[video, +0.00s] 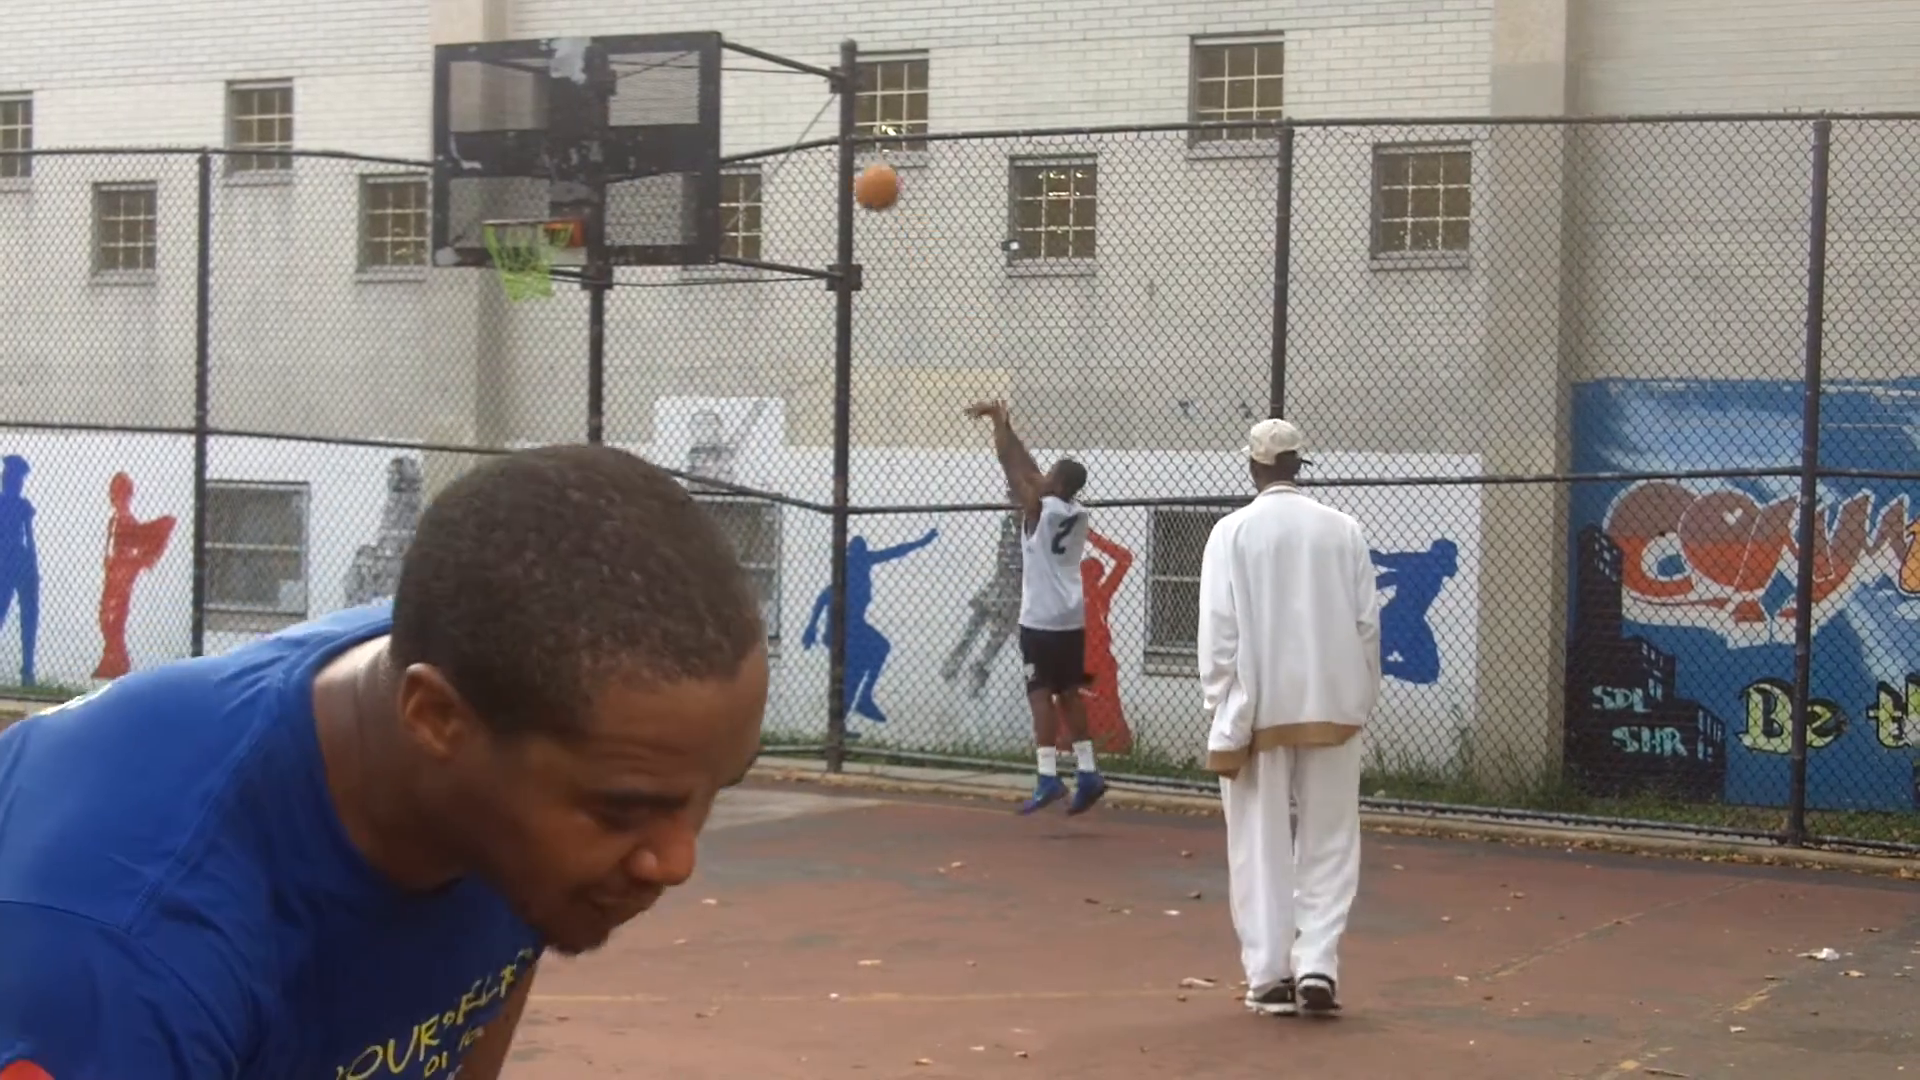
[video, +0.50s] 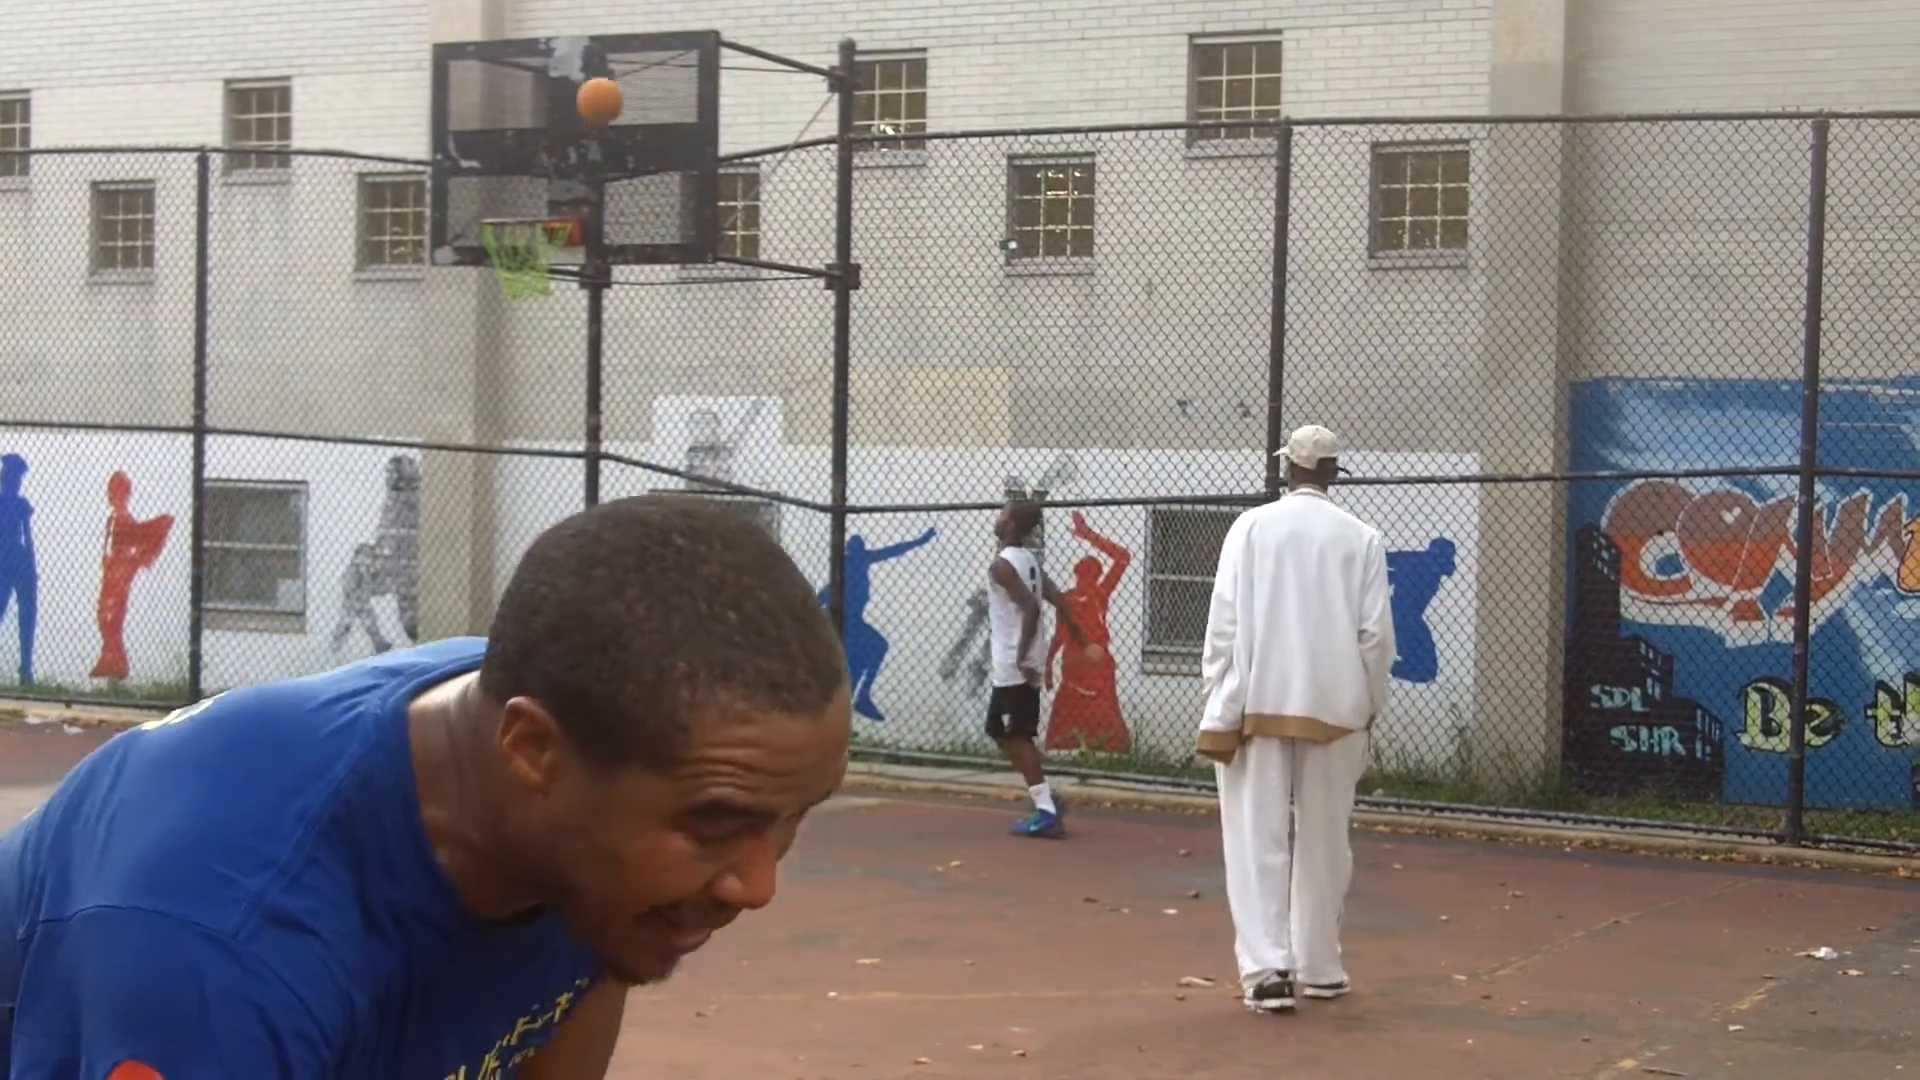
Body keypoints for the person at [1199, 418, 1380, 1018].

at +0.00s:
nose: (1258, 474)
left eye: (1253, 466)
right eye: (1276, 464)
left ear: (1253, 470)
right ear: (1300, 466)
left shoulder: (1230, 532)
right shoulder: (1342, 527)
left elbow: (1218, 635)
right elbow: (1368, 623)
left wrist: (1224, 714)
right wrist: (1362, 700)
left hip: (1258, 708)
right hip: (1333, 705)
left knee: (1258, 842)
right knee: (1330, 839)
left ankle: (1269, 976)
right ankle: (1317, 965)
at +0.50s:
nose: (1319, 481)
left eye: (1287, 469)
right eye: (1330, 472)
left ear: (1284, 472)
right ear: (1333, 476)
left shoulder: (1248, 528)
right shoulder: (1361, 537)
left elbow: (1222, 628)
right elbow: (1377, 635)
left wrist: (1219, 709)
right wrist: (1370, 714)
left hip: (1254, 706)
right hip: (1332, 709)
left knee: (1255, 841)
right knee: (1325, 839)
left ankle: (1266, 970)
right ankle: (1319, 969)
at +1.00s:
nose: (1360, 471)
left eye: (1346, 461)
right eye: (1375, 466)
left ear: (1336, 463)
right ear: (1383, 470)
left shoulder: (1290, 517)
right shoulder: (1395, 538)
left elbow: (1250, 613)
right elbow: (1396, 637)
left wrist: (1243, 690)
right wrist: (1390, 705)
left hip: (1277, 692)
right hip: (1350, 701)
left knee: (1266, 818)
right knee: (1339, 833)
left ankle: (1265, 942)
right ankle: (1321, 972)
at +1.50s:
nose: (1394, 478)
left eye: (1376, 466)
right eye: (1400, 472)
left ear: (1357, 469)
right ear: (1402, 475)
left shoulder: (1313, 522)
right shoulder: (1408, 538)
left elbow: (1277, 620)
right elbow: (1407, 635)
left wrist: (1286, 691)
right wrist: (1412, 704)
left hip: (1306, 698)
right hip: (1371, 704)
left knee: (1323, 827)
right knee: (1353, 832)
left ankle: (1358, 942)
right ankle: (1323, 965)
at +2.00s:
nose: (1399, 477)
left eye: (1380, 470)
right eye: (1404, 470)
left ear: (1364, 476)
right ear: (1408, 474)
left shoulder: (1333, 532)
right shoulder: (1434, 530)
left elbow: (1312, 629)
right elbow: (1447, 623)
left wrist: (1316, 703)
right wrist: (1461, 692)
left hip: (1349, 695)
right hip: (1417, 694)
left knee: (1354, 822)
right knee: (1424, 826)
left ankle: (1358, 950)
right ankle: (1382, 930)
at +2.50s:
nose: (1470, 481)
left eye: (1454, 469)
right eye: (1480, 476)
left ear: (1439, 472)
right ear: (1484, 478)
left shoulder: (1395, 521)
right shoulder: (1498, 540)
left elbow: (1359, 615)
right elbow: (1504, 634)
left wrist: (1356, 687)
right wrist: (1494, 696)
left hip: (1385, 690)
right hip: (1459, 697)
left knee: (1369, 820)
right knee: (1460, 830)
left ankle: (1363, 939)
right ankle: (1461, 960)